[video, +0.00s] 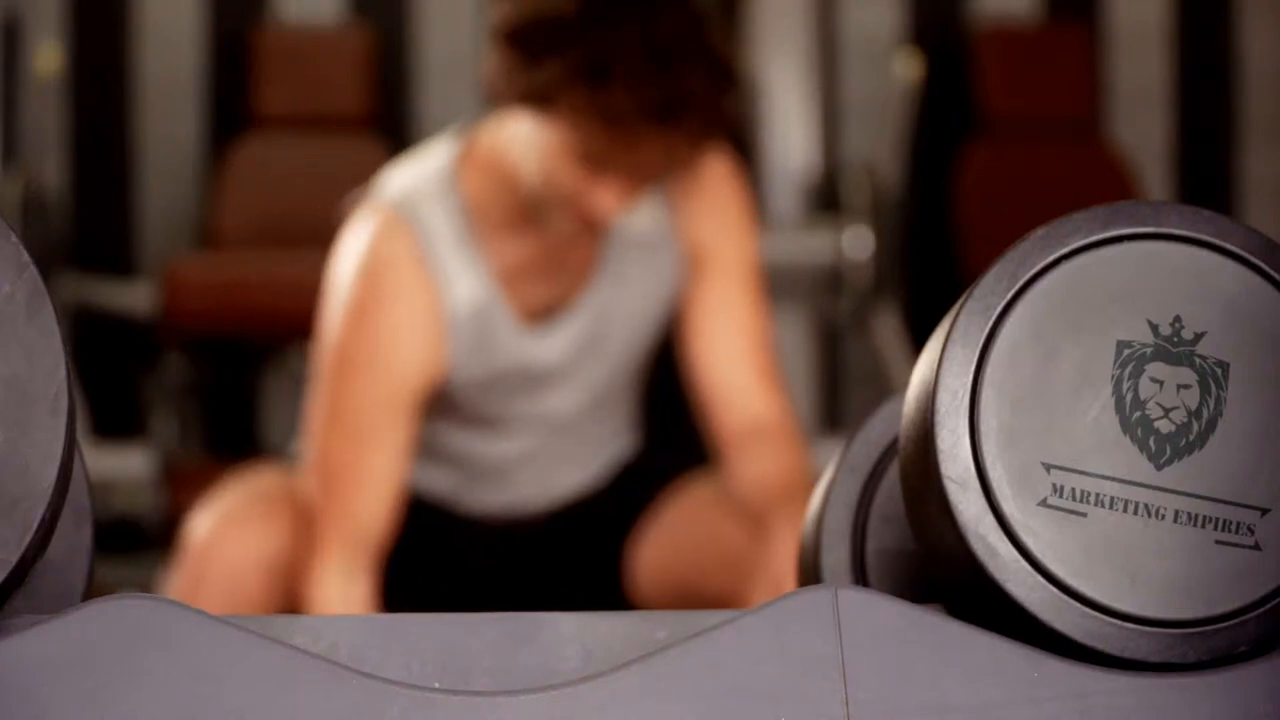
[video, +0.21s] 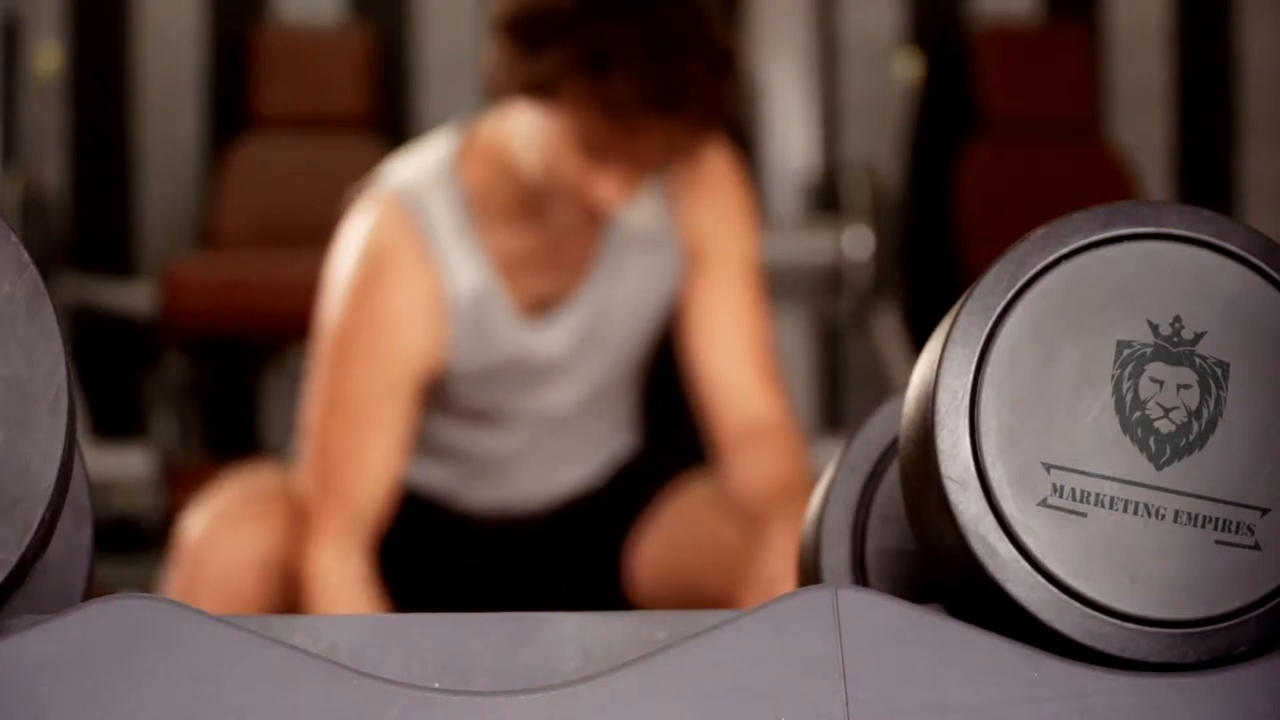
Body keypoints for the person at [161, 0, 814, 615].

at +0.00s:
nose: (614, 205)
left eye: (647, 175)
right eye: (593, 163)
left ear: (682, 146)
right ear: (529, 102)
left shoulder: (696, 179)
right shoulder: (397, 242)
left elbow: (755, 430)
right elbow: (345, 556)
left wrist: (805, 577)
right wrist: (351, 719)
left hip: (602, 522)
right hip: (417, 531)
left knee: (792, 543)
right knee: (234, 532)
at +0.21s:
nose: (614, 196)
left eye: (647, 164)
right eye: (593, 154)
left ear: (683, 132)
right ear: (529, 94)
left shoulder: (697, 173)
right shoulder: (398, 235)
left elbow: (754, 430)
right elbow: (336, 543)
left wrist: (794, 573)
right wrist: (392, 709)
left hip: (601, 521)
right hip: (418, 531)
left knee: (794, 540)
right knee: (225, 531)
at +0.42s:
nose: (613, 176)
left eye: (646, 145)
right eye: (592, 135)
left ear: (677, 114)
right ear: (528, 76)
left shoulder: (696, 170)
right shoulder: (395, 219)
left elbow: (753, 429)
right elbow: (336, 522)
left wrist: (791, 573)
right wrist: (441, 689)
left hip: (599, 522)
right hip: (418, 531)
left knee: (793, 538)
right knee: (236, 528)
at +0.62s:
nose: (607, 158)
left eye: (639, 128)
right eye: (586, 117)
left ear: (675, 106)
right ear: (524, 57)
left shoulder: (695, 170)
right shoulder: (385, 205)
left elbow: (755, 426)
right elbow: (338, 496)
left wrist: (787, 574)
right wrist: (479, 598)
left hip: (602, 526)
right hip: (419, 532)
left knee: (799, 525)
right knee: (245, 528)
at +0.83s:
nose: (602, 151)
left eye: (633, 119)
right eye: (579, 110)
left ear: (670, 92)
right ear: (512, 50)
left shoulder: (682, 169)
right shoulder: (353, 207)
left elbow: (754, 424)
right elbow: (354, 488)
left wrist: (793, 556)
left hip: (594, 536)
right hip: (411, 541)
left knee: (790, 523)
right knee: (251, 520)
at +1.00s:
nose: (588, 153)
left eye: (618, 121)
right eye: (566, 112)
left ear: (652, 93)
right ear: (500, 58)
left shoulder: (670, 170)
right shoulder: (333, 208)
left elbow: (748, 421)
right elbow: (342, 500)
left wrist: (788, 576)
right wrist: (497, 479)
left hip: (598, 525)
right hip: (403, 534)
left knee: (782, 531)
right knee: (248, 534)